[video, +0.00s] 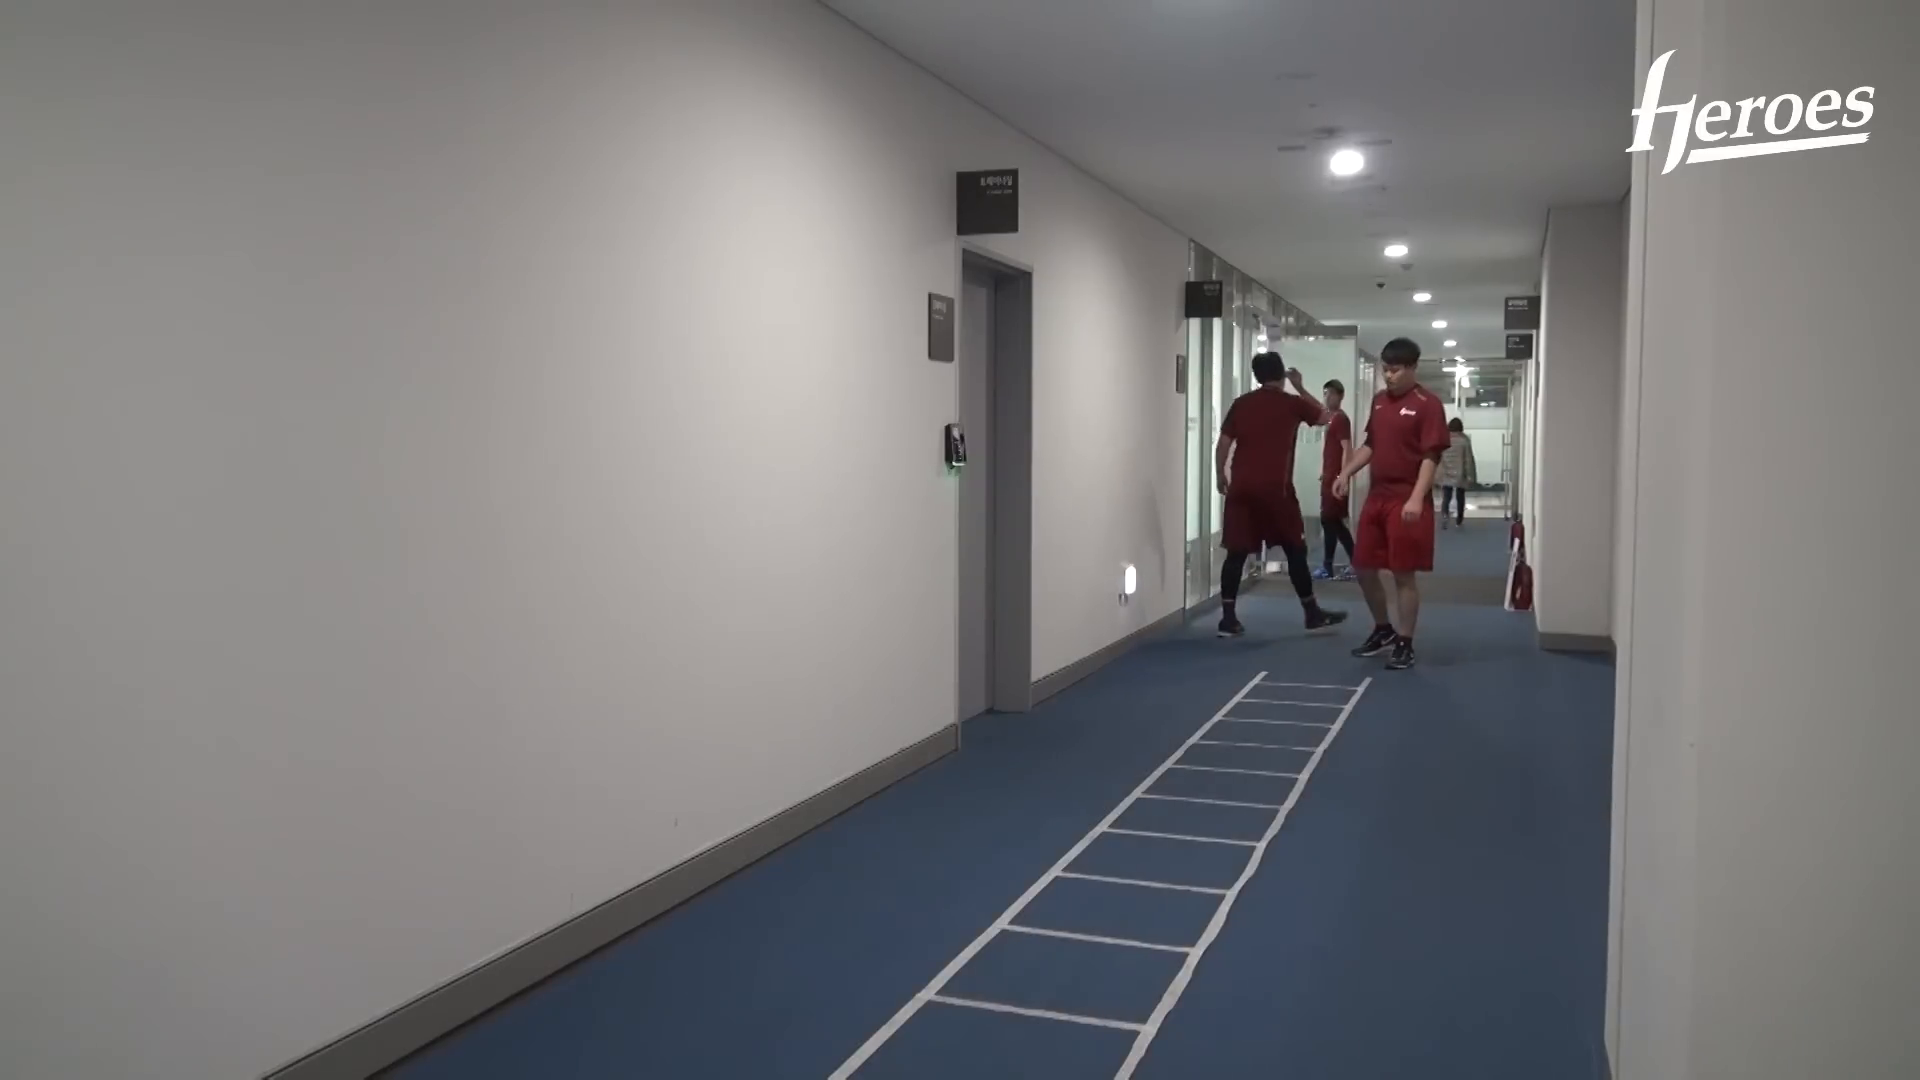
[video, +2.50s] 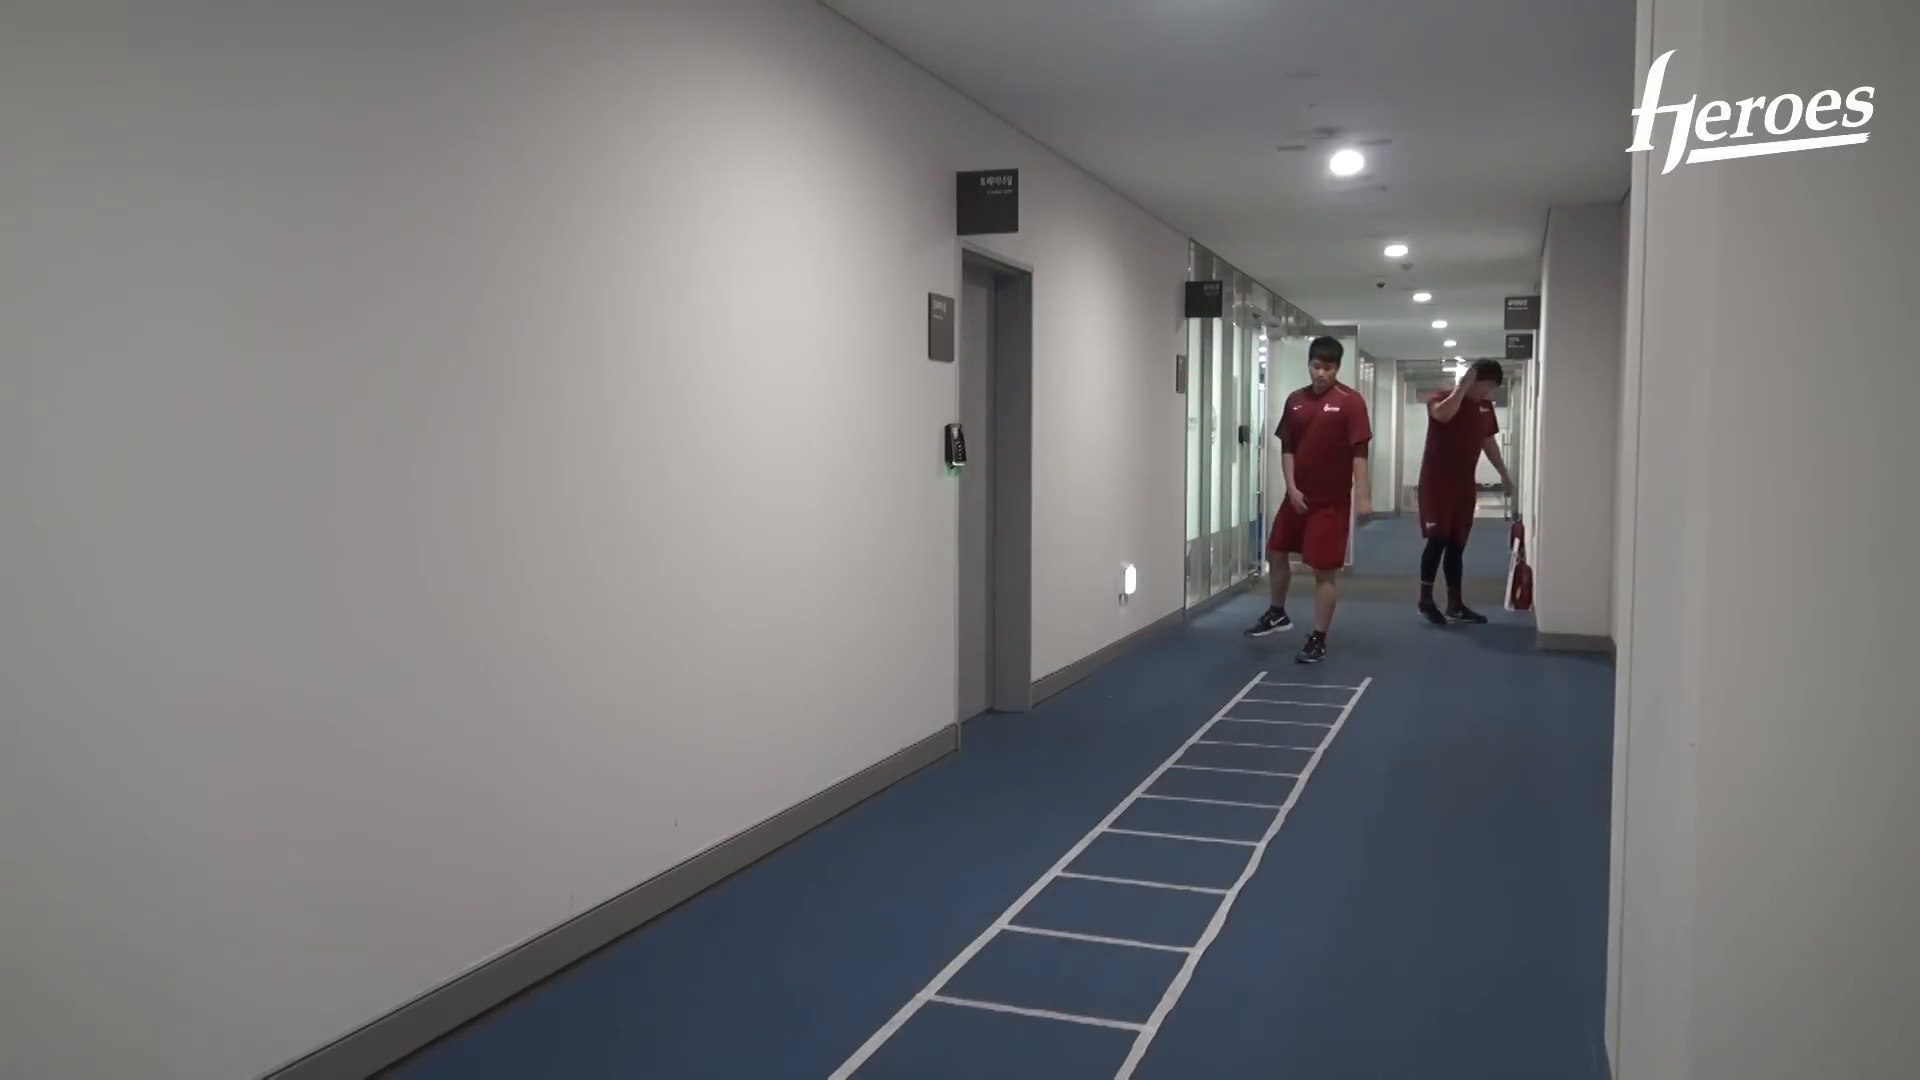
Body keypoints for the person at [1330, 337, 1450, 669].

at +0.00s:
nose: (1388, 374)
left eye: (1395, 368)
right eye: (1385, 368)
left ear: (1413, 368)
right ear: (1383, 367)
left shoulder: (1429, 404)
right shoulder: (1380, 400)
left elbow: (1431, 456)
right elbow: (1370, 445)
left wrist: (1417, 498)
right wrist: (1346, 473)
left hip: (1408, 498)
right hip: (1378, 495)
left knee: (1403, 572)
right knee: (1364, 565)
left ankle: (1405, 643)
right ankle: (1383, 629)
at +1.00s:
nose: (1344, 379)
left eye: (1348, 372)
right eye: (1341, 374)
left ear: (1366, 369)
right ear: (1344, 375)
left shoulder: (1392, 405)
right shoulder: (1338, 407)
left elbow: (1402, 452)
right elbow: (1332, 453)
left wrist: (1394, 493)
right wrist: (1312, 485)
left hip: (1373, 504)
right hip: (1341, 503)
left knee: (1378, 573)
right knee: (1353, 572)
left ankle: (1400, 642)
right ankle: (1364, 634)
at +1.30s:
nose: (1327, 378)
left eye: (1330, 371)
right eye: (1325, 372)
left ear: (1349, 369)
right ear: (1340, 372)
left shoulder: (1379, 404)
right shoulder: (1330, 407)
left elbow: (1389, 454)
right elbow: (1321, 453)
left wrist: (1382, 496)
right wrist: (1304, 488)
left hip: (1363, 498)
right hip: (1333, 498)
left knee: (1341, 563)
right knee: (1347, 566)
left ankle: (1366, 633)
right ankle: (1360, 630)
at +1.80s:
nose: (1305, 375)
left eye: (1309, 368)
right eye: (1303, 369)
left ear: (1327, 365)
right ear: (1307, 370)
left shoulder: (1350, 401)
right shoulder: (1310, 403)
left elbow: (1356, 452)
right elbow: (1304, 449)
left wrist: (1354, 496)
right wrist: (1300, 486)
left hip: (1339, 497)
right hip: (1315, 497)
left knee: (1322, 570)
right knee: (1333, 568)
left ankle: (1316, 637)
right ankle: (1357, 625)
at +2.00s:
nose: (1310, 372)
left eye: (1316, 366)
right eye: (1306, 367)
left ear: (1331, 366)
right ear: (1303, 368)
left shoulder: (1345, 399)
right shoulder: (1305, 401)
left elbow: (1342, 449)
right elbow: (1299, 448)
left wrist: (1312, 482)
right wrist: (1296, 486)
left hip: (1336, 496)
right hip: (1310, 495)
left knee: (1327, 568)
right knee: (1302, 561)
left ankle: (1319, 636)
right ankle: (1340, 615)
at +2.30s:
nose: (1317, 369)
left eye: (1324, 363)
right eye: (1312, 363)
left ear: (1336, 365)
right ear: (1306, 365)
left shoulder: (1347, 400)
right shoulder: (1300, 400)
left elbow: (1346, 454)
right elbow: (1293, 448)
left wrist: (1319, 490)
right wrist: (1291, 487)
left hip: (1332, 495)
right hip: (1303, 492)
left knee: (1322, 569)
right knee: (1288, 555)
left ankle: (1319, 638)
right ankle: (1297, 616)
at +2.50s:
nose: (1320, 373)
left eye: (1327, 367)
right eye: (1316, 366)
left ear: (1338, 368)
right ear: (1308, 365)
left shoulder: (1352, 402)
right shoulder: (1295, 401)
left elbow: (1359, 453)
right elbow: (1287, 448)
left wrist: (1362, 496)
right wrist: (1291, 487)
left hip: (1333, 502)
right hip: (1298, 496)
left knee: (1324, 571)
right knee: (1276, 552)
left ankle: (1318, 638)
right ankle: (1277, 611)